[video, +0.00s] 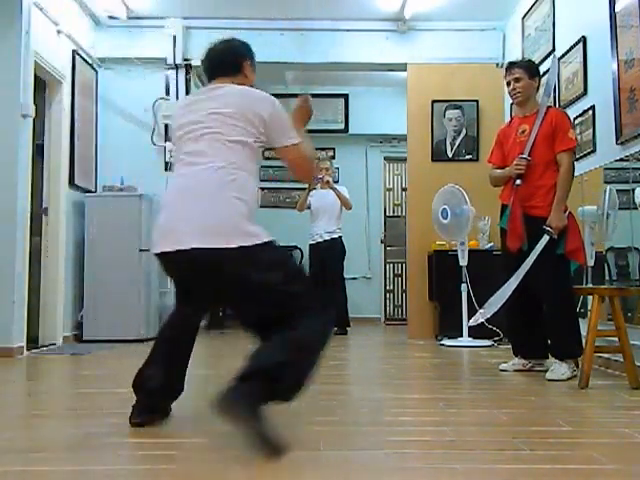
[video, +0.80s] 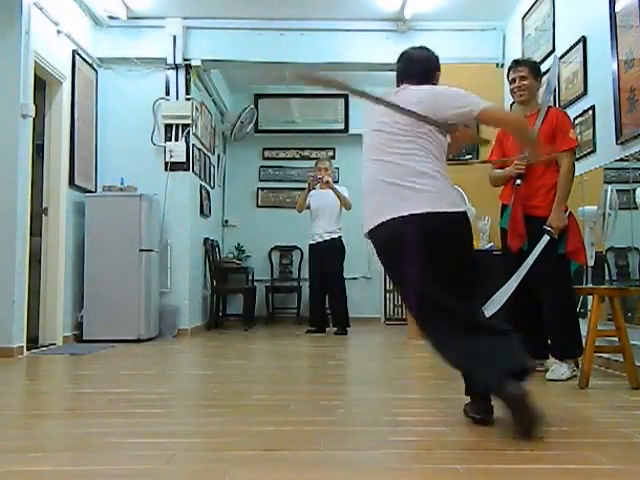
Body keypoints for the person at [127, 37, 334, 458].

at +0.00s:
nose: (256, 77)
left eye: (253, 71)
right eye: (254, 70)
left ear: (209, 74)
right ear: (245, 70)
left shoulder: (181, 108)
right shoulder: (260, 102)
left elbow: (191, 164)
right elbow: (305, 172)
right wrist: (297, 127)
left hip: (171, 239)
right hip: (228, 237)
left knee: (188, 307)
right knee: (308, 311)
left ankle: (149, 403)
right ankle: (247, 394)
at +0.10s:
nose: (290, 89)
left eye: (287, 86)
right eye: (288, 84)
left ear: (246, 84)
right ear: (280, 84)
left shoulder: (217, 115)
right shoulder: (286, 100)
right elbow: (354, 127)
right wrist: (330, 81)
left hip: (205, 245)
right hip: (264, 239)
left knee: (205, 315)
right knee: (350, 288)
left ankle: (151, 400)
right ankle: (365, 389)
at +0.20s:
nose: (346, 110)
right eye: (342, 100)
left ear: (293, 86)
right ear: (328, 86)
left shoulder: (267, 117)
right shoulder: (326, 95)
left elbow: (274, 192)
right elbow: (380, 79)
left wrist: (333, 209)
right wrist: (332, 50)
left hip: (247, 247)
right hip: (309, 244)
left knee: (216, 320)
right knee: (379, 311)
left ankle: (157, 396)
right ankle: (431, 388)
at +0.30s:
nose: (383, 90)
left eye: (381, 85)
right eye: (382, 85)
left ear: (336, 82)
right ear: (370, 82)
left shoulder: (304, 113)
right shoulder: (373, 94)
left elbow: (334, 177)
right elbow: (414, 103)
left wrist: (393, 191)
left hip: (301, 241)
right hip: (364, 236)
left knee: (268, 317)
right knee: (419, 307)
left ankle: (213, 395)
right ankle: (439, 396)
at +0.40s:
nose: (409, 84)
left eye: (407, 78)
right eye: (407, 78)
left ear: (362, 78)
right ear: (395, 74)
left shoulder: (331, 108)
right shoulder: (409, 96)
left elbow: (347, 160)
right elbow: (467, 127)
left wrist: (415, 154)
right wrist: (433, 152)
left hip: (337, 235)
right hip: (398, 225)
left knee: (332, 318)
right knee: (433, 307)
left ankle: (351, 379)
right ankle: (439, 396)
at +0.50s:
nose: (433, 85)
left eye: (433, 79)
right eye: (431, 78)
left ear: (388, 74)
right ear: (413, 73)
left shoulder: (361, 106)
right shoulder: (418, 98)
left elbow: (404, 152)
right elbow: (494, 114)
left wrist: (440, 140)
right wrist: (548, 117)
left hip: (367, 232)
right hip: (423, 221)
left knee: (412, 327)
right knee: (447, 310)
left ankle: (501, 387)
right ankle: (467, 397)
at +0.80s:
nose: (440, 83)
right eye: (440, 78)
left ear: (396, 77)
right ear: (435, 77)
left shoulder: (377, 109)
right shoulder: (436, 97)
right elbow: (511, 120)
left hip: (385, 222)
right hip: (442, 213)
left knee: (434, 316)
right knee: (463, 304)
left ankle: (505, 383)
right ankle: (480, 399)